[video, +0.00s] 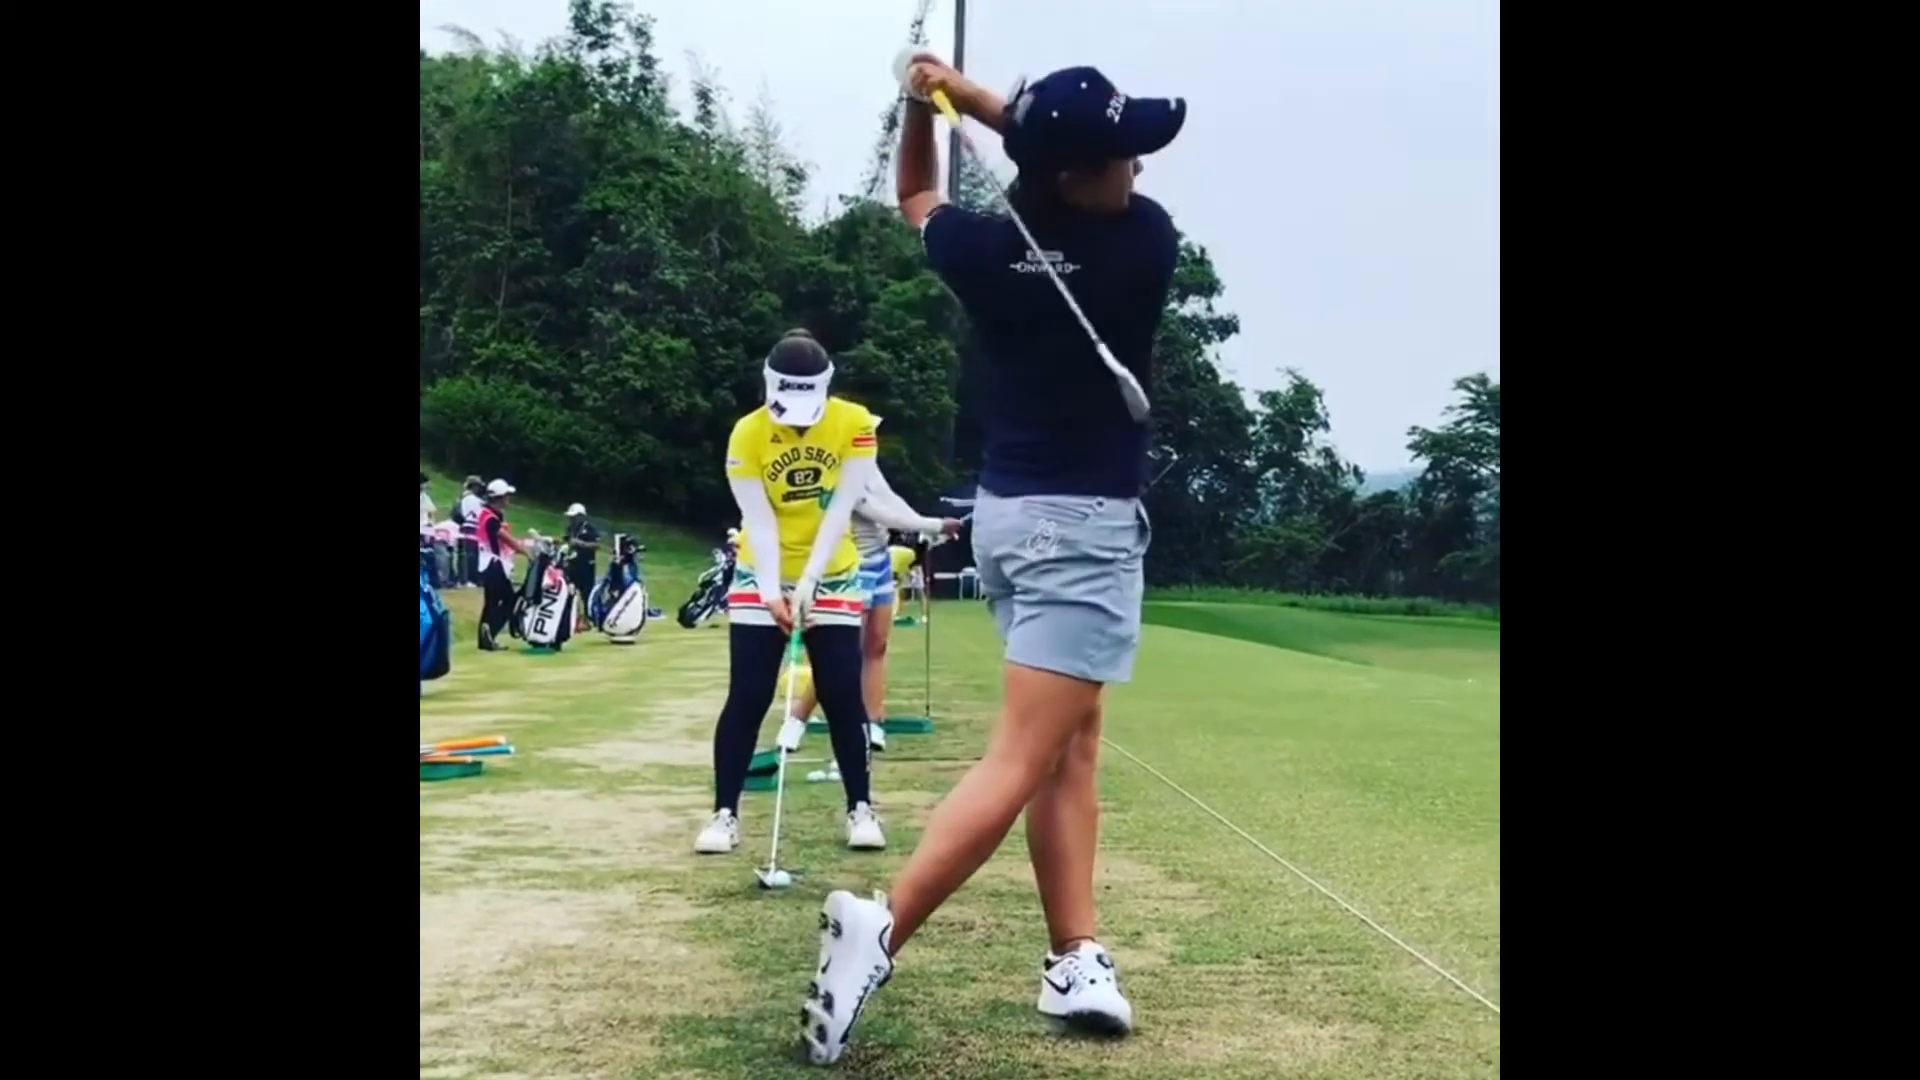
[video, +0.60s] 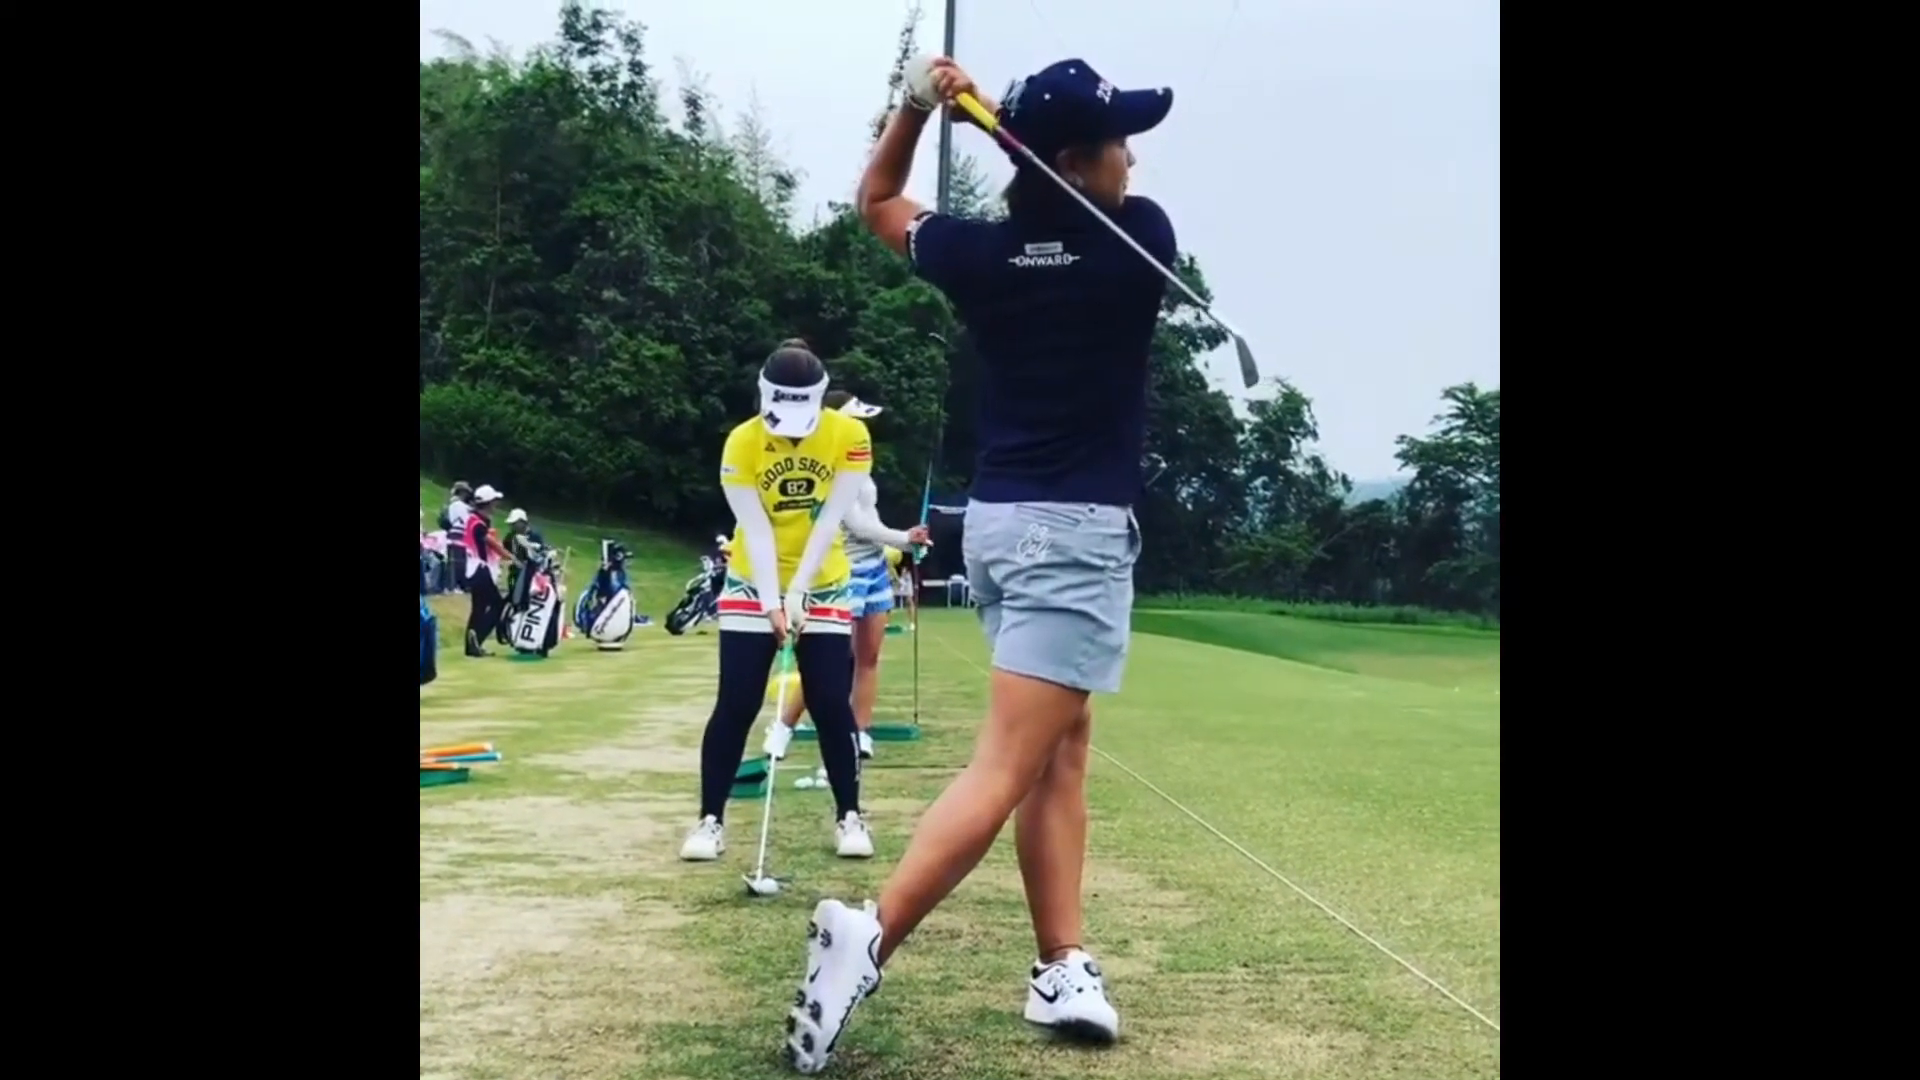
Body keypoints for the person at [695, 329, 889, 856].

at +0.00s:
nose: (795, 414)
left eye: (806, 403)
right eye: (785, 402)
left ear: (825, 387)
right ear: (769, 387)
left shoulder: (855, 424)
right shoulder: (746, 436)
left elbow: (844, 506)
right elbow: (758, 522)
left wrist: (808, 579)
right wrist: (769, 586)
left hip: (834, 575)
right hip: (759, 574)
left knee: (842, 696)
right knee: (747, 696)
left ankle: (860, 808)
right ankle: (724, 814)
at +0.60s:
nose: (789, 426)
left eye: (800, 415)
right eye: (780, 414)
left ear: (819, 398)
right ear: (764, 397)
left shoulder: (849, 435)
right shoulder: (741, 445)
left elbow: (833, 517)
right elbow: (755, 529)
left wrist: (797, 588)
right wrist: (770, 598)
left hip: (823, 587)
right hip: (750, 586)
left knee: (830, 702)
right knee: (736, 702)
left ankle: (849, 816)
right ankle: (710, 820)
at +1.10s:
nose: (839, 379)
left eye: (847, 364)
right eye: (826, 363)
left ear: (868, 359)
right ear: (813, 361)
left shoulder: (886, 404)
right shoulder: (791, 413)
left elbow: (896, 486)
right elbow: (797, 502)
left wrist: (869, 561)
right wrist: (813, 571)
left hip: (871, 558)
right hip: (804, 561)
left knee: (879, 691)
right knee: (791, 684)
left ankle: (876, 792)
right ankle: (769, 797)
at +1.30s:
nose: (821, 399)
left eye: (832, 389)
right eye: (811, 388)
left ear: (850, 372)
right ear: (793, 372)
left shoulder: (872, 406)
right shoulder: (772, 420)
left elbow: (876, 493)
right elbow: (783, 508)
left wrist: (839, 566)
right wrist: (803, 573)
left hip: (857, 558)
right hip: (788, 560)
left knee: (869, 690)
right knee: (784, 686)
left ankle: (876, 795)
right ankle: (767, 802)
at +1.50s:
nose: (819, 391)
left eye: (831, 380)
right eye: (810, 380)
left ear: (853, 373)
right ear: (795, 374)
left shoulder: (888, 417)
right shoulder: (778, 424)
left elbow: (881, 500)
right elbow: (786, 509)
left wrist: (840, 568)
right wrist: (802, 575)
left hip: (866, 568)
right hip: (791, 566)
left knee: (872, 694)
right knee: (782, 689)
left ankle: (893, 804)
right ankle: (760, 806)